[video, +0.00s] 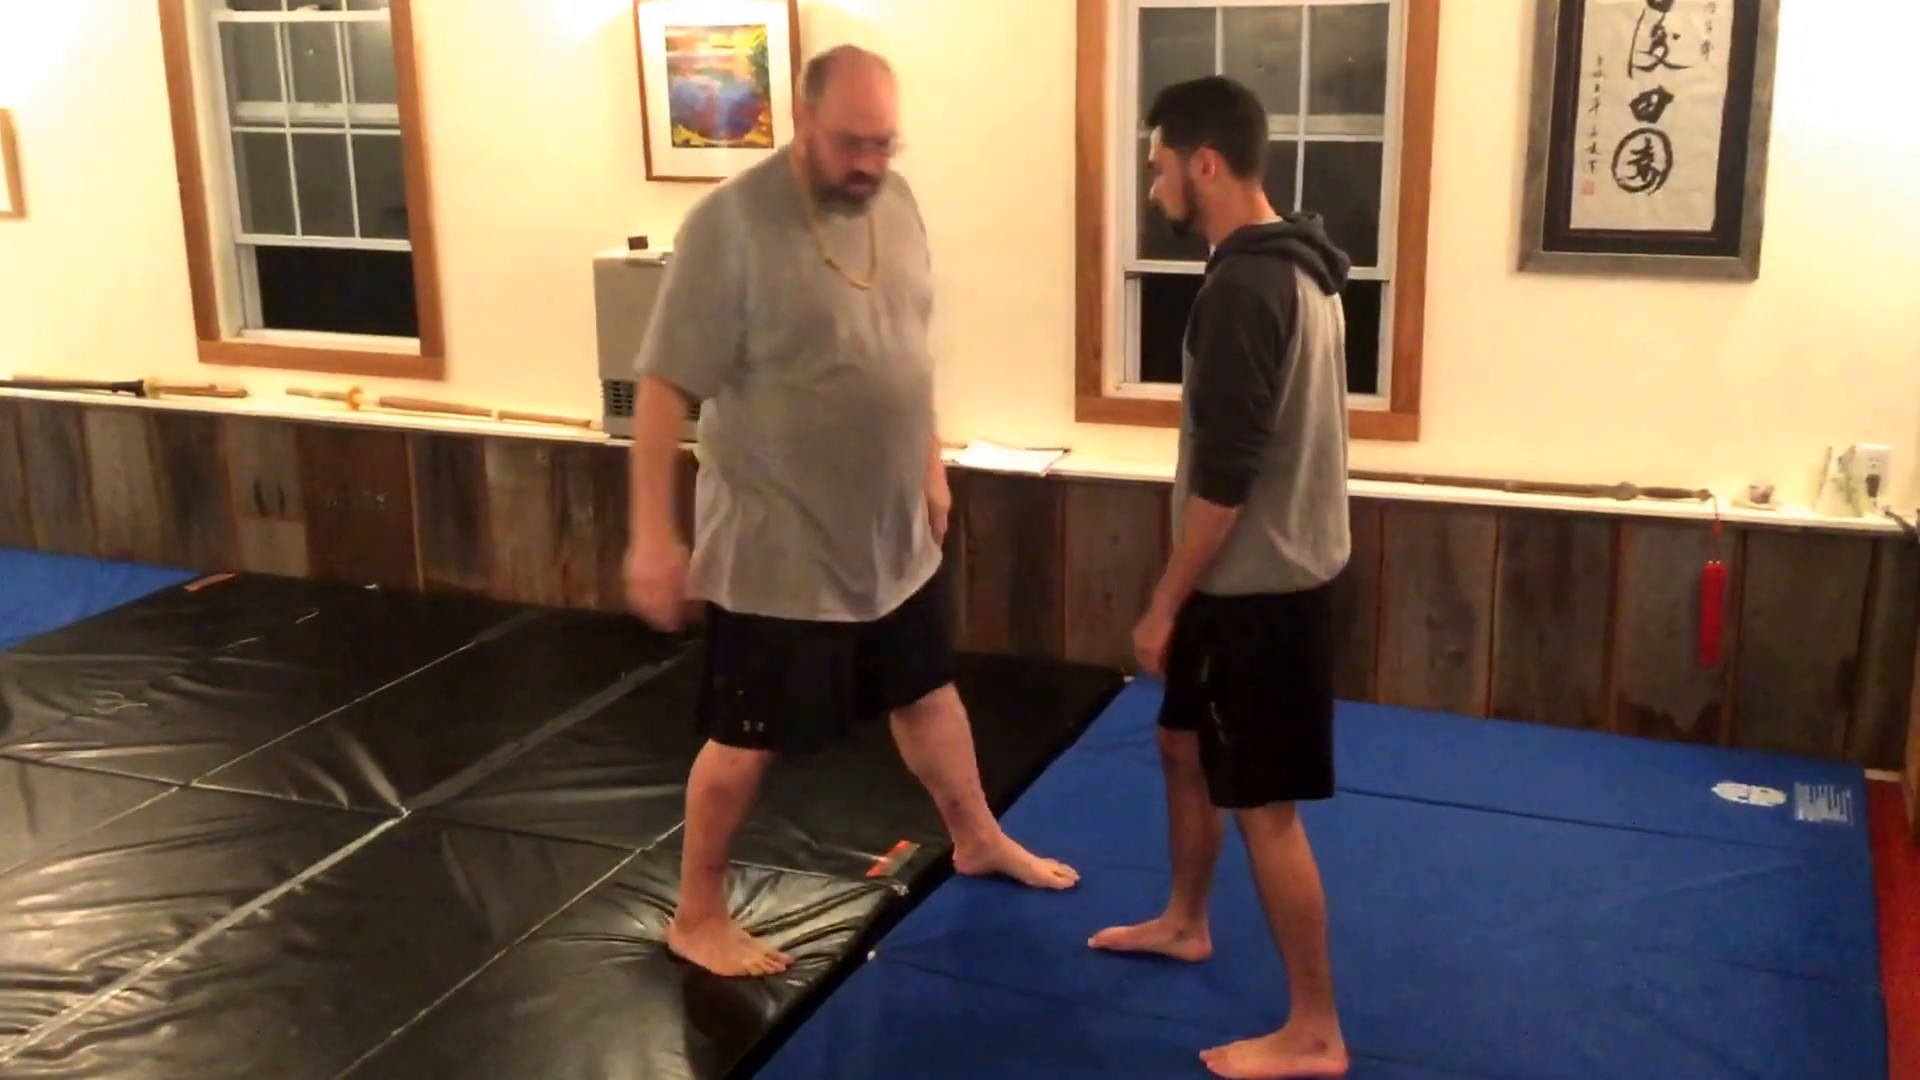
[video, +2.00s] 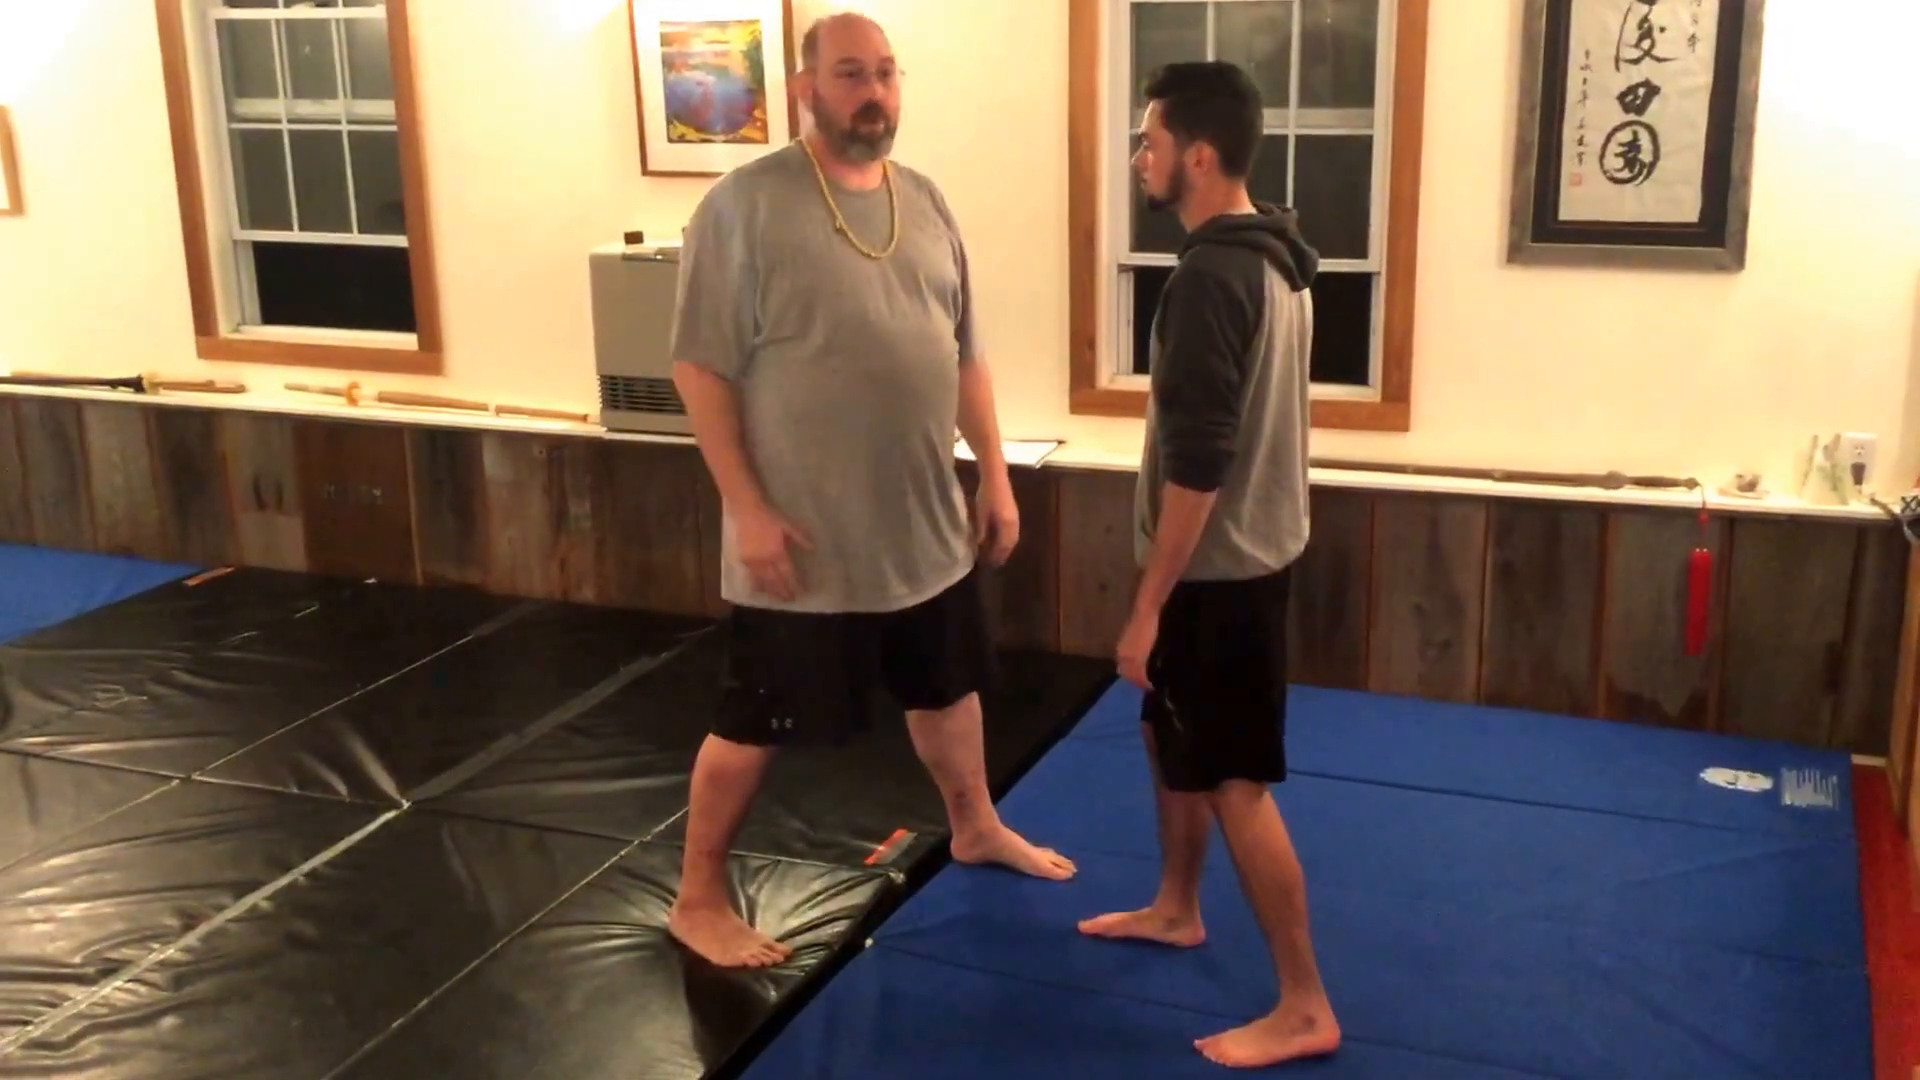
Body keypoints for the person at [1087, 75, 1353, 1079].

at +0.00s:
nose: (1156, 185)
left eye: (1162, 164)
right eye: (1156, 166)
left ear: (1207, 163)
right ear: (1238, 162)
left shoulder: (1242, 287)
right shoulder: (1299, 261)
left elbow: (1227, 477)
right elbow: (1289, 439)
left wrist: (1164, 605)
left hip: (1258, 582)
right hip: (1263, 567)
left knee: (1263, 807)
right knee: (1184, 744)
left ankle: (1315, 1031)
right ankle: (1184, 919)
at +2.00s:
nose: (1139, 155)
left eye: (1151, 138)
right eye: (1143, 136)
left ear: (1200, 152)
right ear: (1223, 151)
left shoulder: (1212, 270)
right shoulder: (1273, 250)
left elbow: (1200, 461)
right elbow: (1263, 426)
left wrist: (1149, 605)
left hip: (1222, 565)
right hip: (1243, 549)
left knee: (1235, 782)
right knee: (1172, 729)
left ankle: (1305, 1006)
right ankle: (1176, 904)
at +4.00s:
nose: (1142, 162)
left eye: (1150, 145)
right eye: (1144, 144)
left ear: (1193, 155)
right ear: (1231, 152)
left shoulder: (1216, 281)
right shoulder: (1277, 255)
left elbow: (1204, 474)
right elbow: (1275, 425)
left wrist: (1149, 613)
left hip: (1229, 571)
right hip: (1239, 555)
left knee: (1254, 784)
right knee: (1165, 725)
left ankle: (1307, 1010)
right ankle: (1175, 903)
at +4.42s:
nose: (1141, 175)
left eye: (1146, 154)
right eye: (1143, 155)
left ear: (1183, 157)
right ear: (1225, 153)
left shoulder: (1213, 284)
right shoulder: (1281, 257)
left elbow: (1202, 477)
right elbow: (1228, 386)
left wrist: (1099, 534)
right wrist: (1124, 420)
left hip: (1231, 568)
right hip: (1241, 550)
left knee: (1252, 781)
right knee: (1168, 728)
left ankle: (1305, 1011)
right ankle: (1173, 903)